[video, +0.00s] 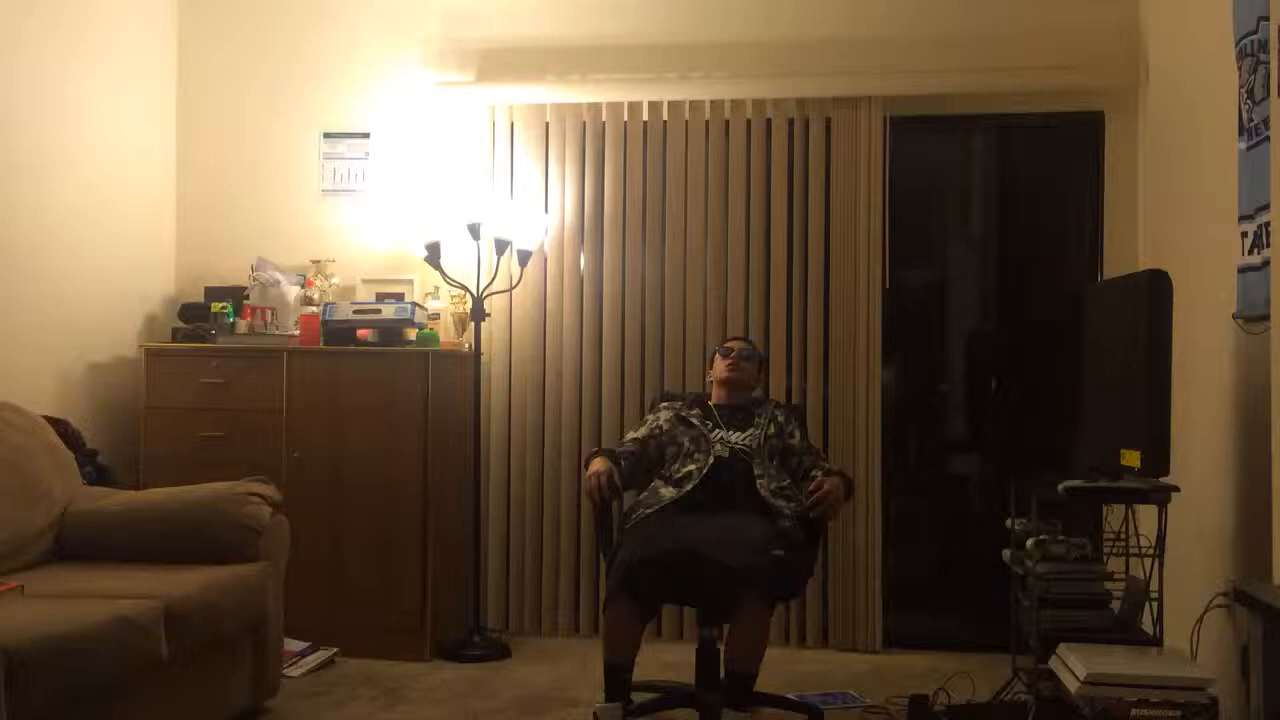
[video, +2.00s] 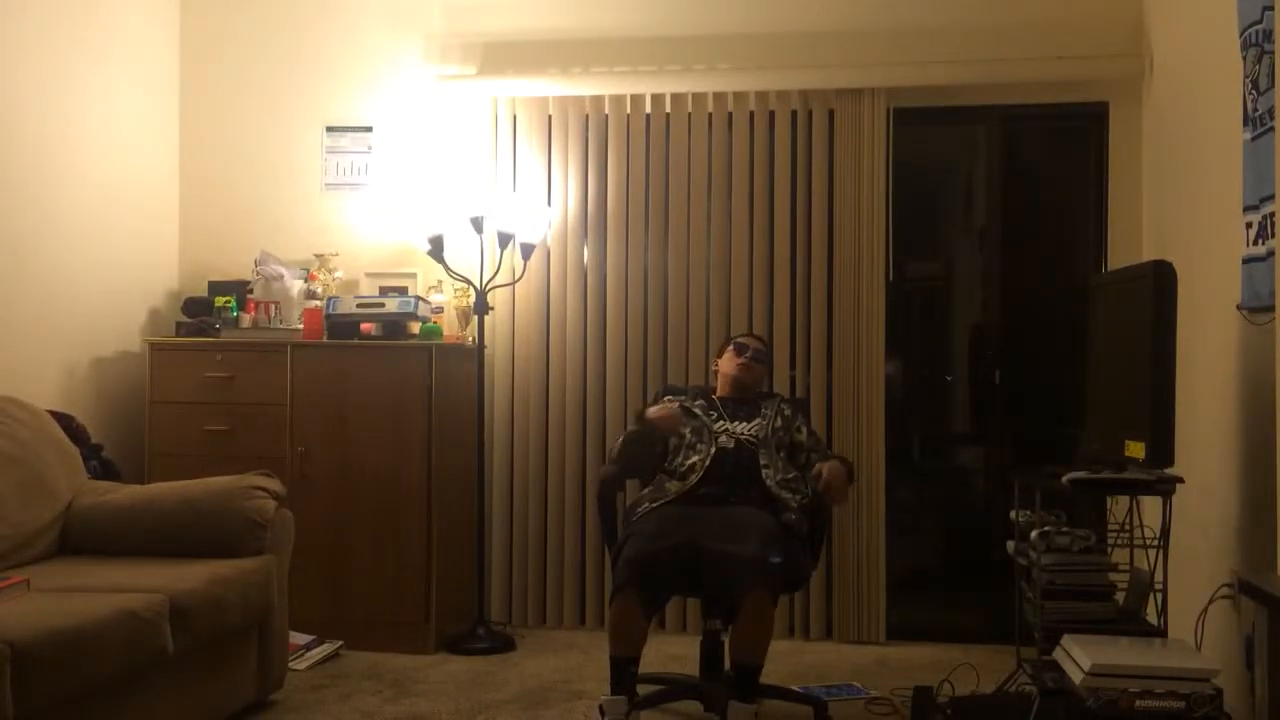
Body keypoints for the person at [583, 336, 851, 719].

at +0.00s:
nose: (734, 357)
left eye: (746, 354)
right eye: (725, 352)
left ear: (759, 375)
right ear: (710, 370)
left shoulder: (779, 420)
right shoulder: (675, 413)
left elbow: (812, 469)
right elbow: (633, 452)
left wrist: (837, 482)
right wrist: (600, 459)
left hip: (753, 522)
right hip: (674, 520)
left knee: (755, 593)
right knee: (630, 579)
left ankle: (736, 707)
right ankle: (615, 701)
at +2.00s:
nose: (748, 359)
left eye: (759, 358)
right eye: (739, 350)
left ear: (766, 377)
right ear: (717, 363)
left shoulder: (782, 412)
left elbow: (815, 457)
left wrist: (835, 465)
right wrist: (648, 424)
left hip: (751, 510)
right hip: (676, 506)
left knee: (758, 582)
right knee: (634, 574)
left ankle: (743, 703)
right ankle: (620, 695)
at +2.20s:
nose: (740, 360)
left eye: (752, 357)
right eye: (731, 352)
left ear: (764, 372)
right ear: (712, 362)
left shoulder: (782, 411)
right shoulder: (683, 399)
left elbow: (815, 456)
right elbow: (641, 430)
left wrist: (833, 465)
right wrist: (699, 387)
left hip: (753, 510)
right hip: (679, 507)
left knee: (759, 581)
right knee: (636, 571)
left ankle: (744, 702)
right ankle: (620, 695)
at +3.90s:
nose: (737, 360)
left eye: (749, 356)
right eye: (728, 353)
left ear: (761, 372)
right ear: (711, 366)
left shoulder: (781, 413)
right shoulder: (675, 407)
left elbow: (819, 453)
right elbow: (629, 453)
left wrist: (819, 459)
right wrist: (690, 448)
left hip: (748, 508)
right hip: (673, 506)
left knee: (756, 577)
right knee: (637, 568)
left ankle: (746, 704)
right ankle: (621, 697)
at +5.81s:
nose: (716, 355)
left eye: (727, 350)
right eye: (707, 355)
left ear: (750, 370)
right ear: (701, 376)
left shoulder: (777, 410)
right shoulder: (673, 409)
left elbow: (822, 453)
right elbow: (637, 464)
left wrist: (820, 460)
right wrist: (690, 473)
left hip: (751, 508)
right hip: (675, 506)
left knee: (757, 575)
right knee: (639, 567)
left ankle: (746, 704)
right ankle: (621, 695)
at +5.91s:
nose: (718, 352)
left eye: (730, 349)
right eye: (710, 353)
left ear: (751, 370)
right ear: (702, 375)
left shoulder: (778, 412)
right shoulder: (673, 410)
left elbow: (823, 456)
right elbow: (638, 465)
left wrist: (819, 462)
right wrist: (689, 474)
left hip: (751, 509)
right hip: (676, 506)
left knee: (757, 574)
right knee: (638, 565)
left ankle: (746, 704)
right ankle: (621, 696)